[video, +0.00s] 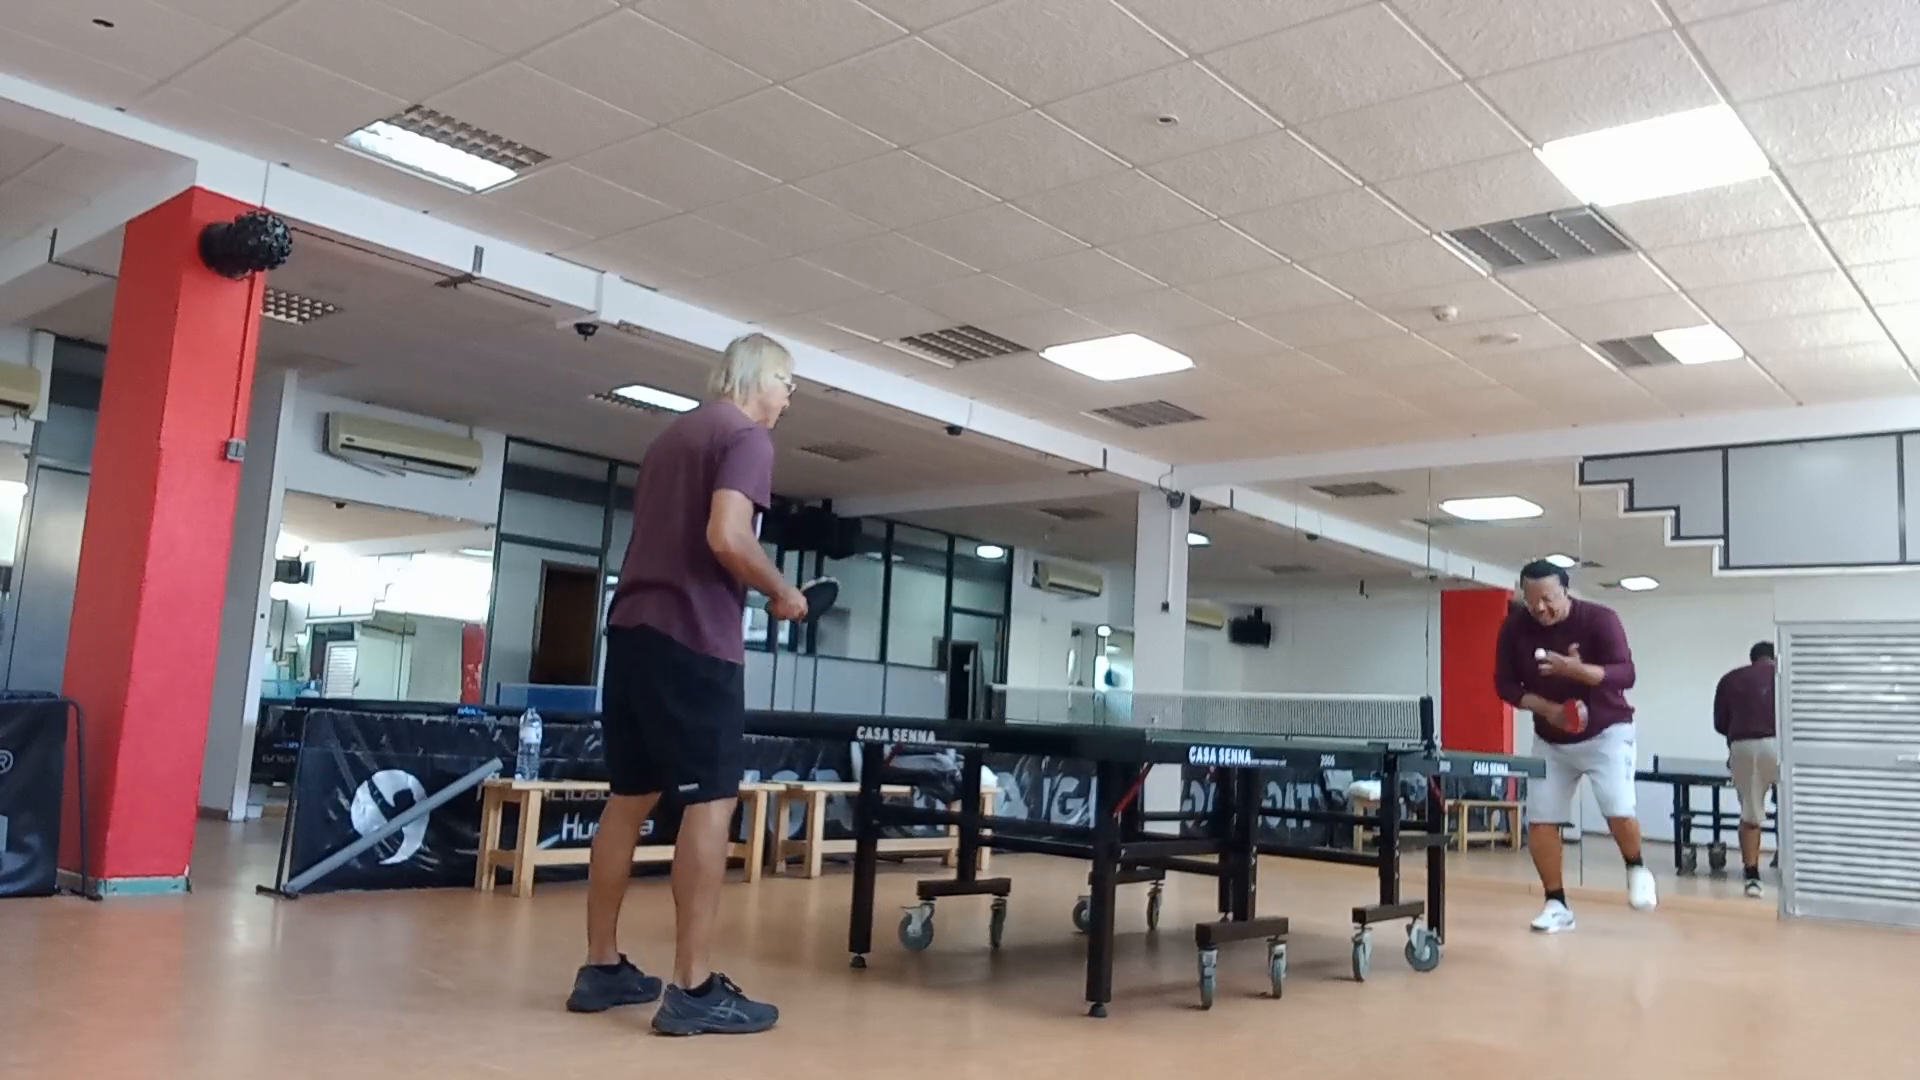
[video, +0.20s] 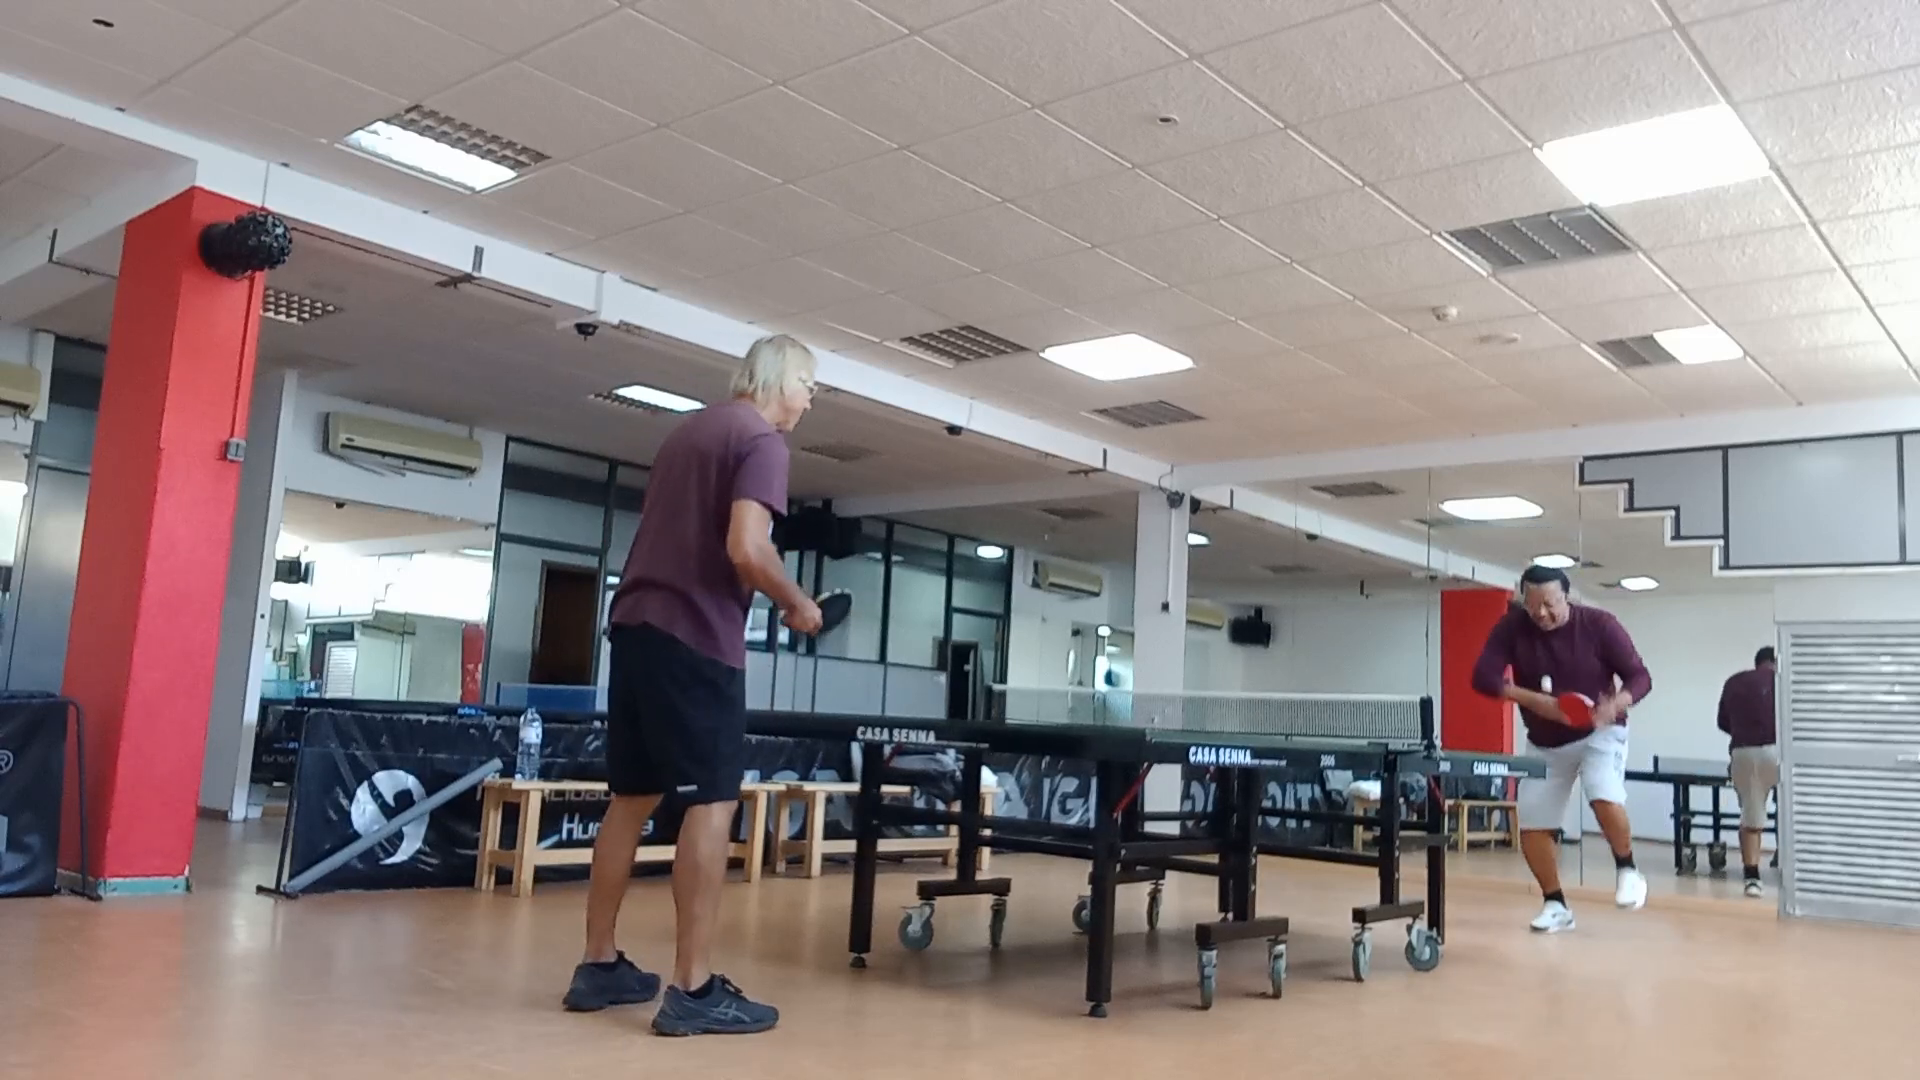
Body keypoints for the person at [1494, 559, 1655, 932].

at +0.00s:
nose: (1541, 608)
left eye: (1548, 600)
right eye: (1533, 601)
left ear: (1565, 590)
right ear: (1524, 597)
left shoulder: (1600, 620)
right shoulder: (1516, 627)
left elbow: (1625, 673)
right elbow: (1505, 686)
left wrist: (1579, 670)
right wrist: (1547, 708)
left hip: (1607, 735)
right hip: (1552, 740)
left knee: (1618, 810)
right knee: (1541, 818)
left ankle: (1636, 869)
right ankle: (1556, 904)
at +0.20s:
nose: (1542, 613)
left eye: (1550, 604)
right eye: (1533, 605)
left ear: (1566, 596)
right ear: (1523, 600)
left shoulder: (1599, 625)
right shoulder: (1513, 627)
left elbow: (1640, 679)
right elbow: (1483, 678)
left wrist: (1615, 704)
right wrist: (1533, 700)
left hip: (1600, 737)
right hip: (1546, 745)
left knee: (1601, 794)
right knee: (1532, 821)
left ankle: (1627, 870)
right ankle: (1555, 905)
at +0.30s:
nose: (1542, 615)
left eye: (1550, 607)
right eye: (1534, 608)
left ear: (1568, 600)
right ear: (1526, 602)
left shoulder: (1599, 627)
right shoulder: (1516, 623)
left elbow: (1634, 686)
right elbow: (1475, 656)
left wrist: (1612, 743)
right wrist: (1493, 678)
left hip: (1596, 746)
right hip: (1544, 753)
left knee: (1604, 815)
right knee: (1529, 831)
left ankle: (1623, 908)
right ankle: (1556, 906)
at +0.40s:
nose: (1544, 610)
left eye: (1551, 602)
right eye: (1537, 603)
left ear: (1572, 597)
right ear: (1531, 600)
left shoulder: (1605, 629)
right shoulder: (1522, 621)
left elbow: (1633, 691)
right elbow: (1480, 626)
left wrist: (1614, 747)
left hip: (1596, 747)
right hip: (1541, 750)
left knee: (1606, 820)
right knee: (1519, 824)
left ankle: (1624, 916)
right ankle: (1550, 902)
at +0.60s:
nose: (1537, 589)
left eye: (1545, 581)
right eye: (1532, 582)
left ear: (1568, 582)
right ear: (1527, 583)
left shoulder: (1602, 618)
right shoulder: (1517, 608)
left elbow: (1635, 678)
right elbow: (1470, 621)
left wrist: (1631, 740)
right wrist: (1422, 627)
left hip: (1591, 738)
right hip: (1533, 738)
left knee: (1602, 820)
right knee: (1497, 811)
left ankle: (1623, 916)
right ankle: (1483, 901)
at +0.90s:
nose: (1501, 583)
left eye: (1508, 574)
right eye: (1495, 577)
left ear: (1533, 576)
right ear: (1492, 582)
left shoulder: (1574, 612)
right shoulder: (1488, 616)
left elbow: (1615, 666)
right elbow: (1452, 659)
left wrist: (1622, 729)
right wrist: (1414, 693)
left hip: (1573, 735)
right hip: (1516, 737)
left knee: (1590, 824)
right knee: (1485, 815)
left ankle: (1623, 915)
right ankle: (1476, 902)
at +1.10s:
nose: (1492, 592)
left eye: (1499, 583)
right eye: (1485, 585)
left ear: (1521, 582)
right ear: (1480, 589)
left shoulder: (1558, 614)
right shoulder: (1477, 629)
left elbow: (1599, 668)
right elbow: (1465, 685)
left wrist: (1571, 700)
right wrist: (1468, 731)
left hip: (1573, 739)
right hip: (1515, 743)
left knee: (1588, 822)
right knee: (1477, 813)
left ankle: (1627, 918)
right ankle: (1476, 902)